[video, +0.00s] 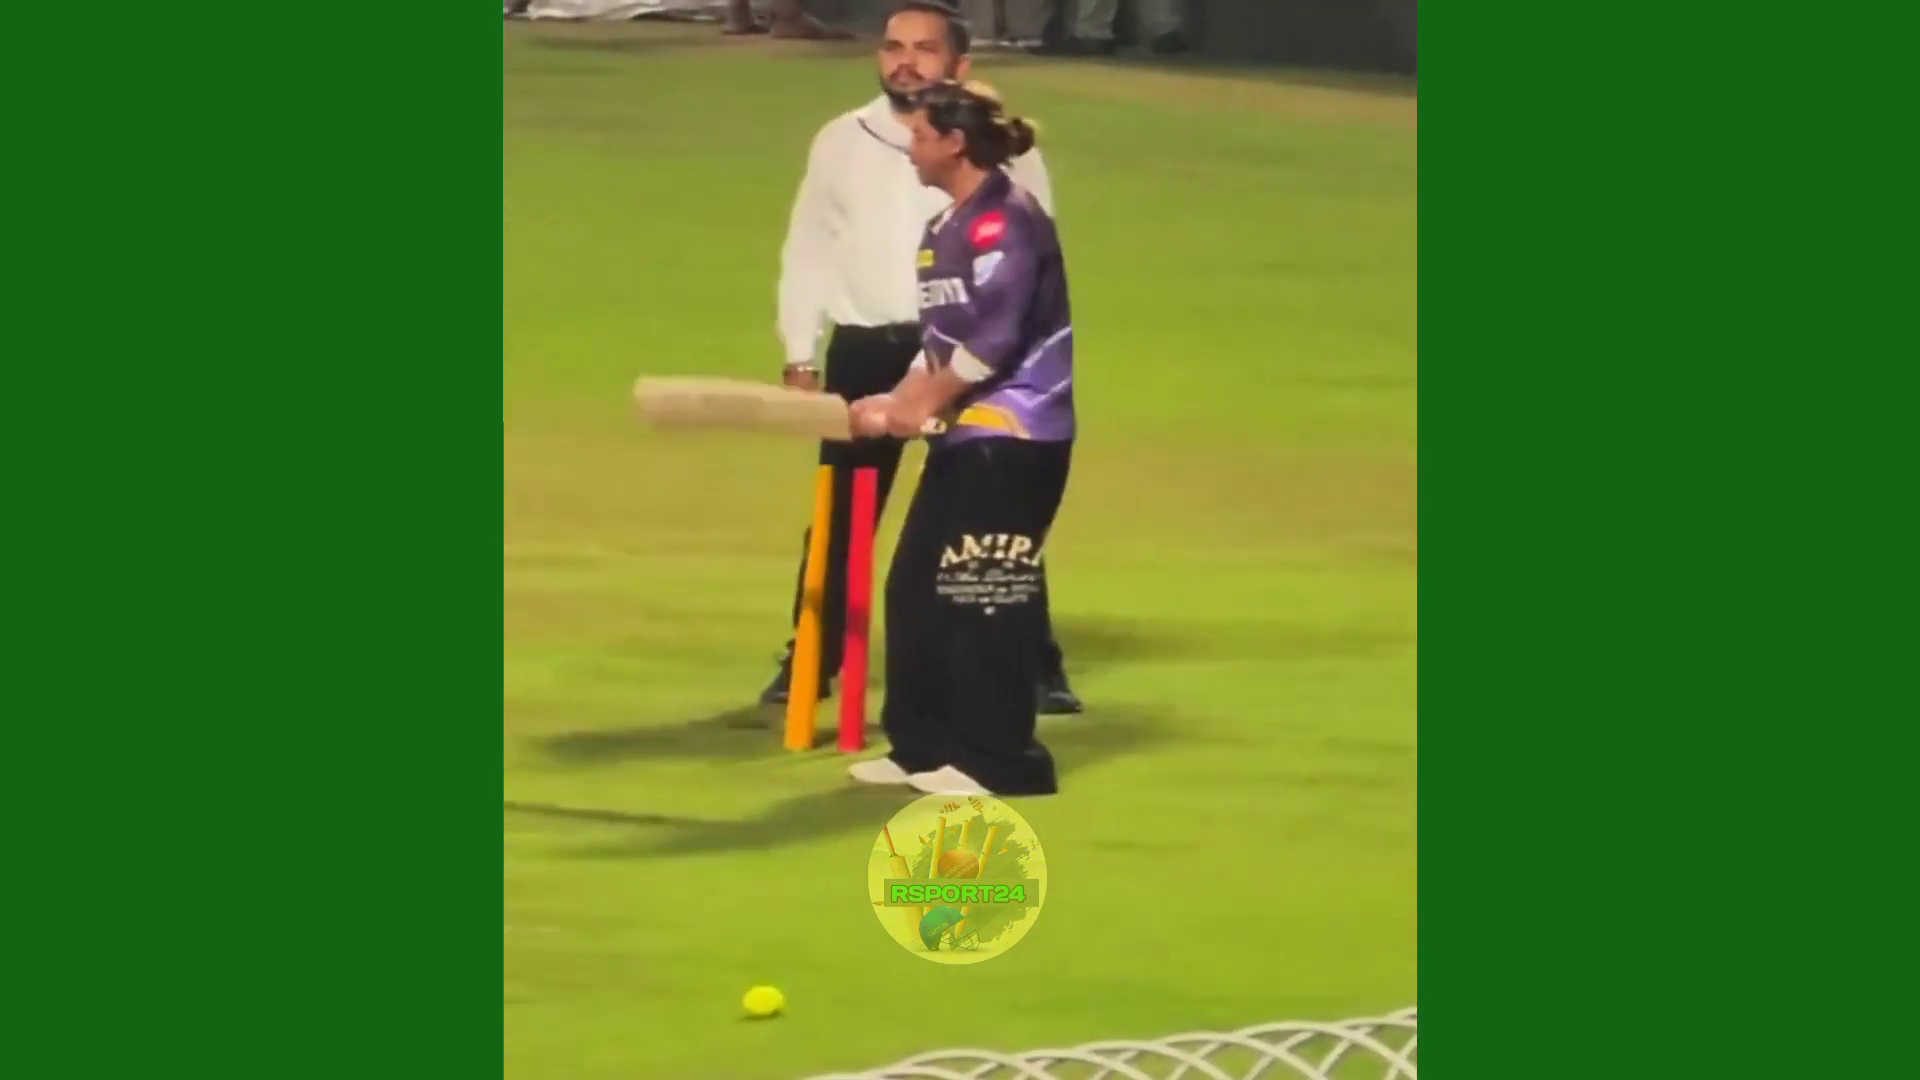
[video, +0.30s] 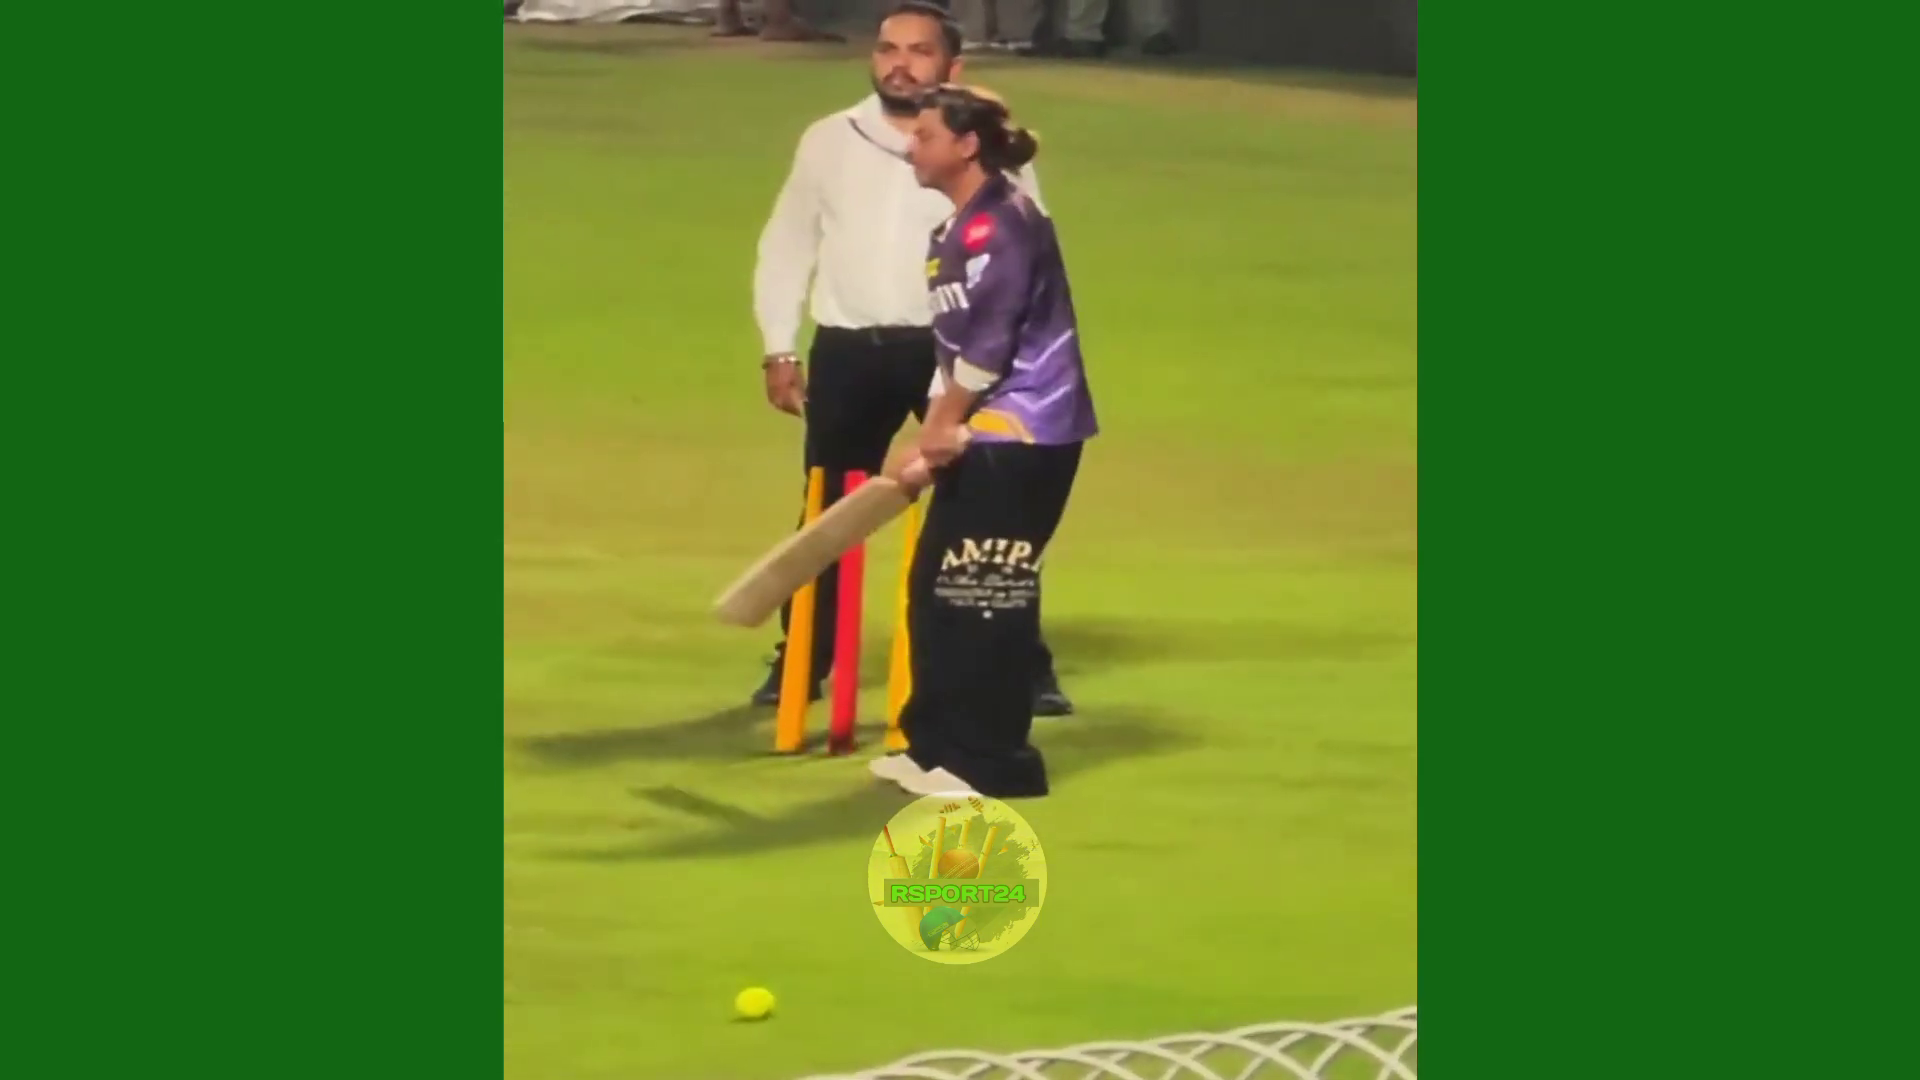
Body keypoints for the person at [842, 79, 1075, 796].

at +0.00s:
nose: (909, 149)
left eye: (919, 136)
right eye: (910, 135)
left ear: (958, 143)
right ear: (952, 144)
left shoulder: (1011, 224)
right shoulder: (941, 233)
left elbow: (994, 345)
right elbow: (942, 345)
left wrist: (917, 406)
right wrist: (899, 403)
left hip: (1015, 441)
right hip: (964, 438)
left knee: (983, 597)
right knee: (914, 587)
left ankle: (992, 762)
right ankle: (923, 748)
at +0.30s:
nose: (909, 147)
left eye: (923, 136)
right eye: (912, 134)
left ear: (967, 145)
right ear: (957, 147)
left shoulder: (1003, 229)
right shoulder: (958, 225)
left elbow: (983, 361)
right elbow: (955, 355)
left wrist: (936, 440)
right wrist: (930, 442)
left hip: (1027, 433)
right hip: (989, 431)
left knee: (979, 594)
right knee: (946, 587)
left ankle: (985, 760)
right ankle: (943, 746)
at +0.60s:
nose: (913, 148)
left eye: (928, 136)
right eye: (913, 136)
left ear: (977, 145)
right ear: (949, 148)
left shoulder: (1008, 224)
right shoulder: (945, 230)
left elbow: (979, 355)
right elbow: (947, 352)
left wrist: (915, 432)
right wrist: (904, 434)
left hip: (1019, 440)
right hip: (976, 439)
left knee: (981, 602)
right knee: (961, 599)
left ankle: (984, 762)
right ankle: (986, 754)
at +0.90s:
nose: (923, 163)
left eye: (938, 150)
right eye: (916, 152)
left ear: (983, 157)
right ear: (911, 160)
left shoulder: (1015, 232)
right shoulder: (933, 242)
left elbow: (1001, 353)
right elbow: (947, 354)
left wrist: (935, 425)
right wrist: (898, 428)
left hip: (1024, 443)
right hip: (972, 442)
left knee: (989, 607)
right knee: (948, 602)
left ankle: (982, 775)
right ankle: (970, 762)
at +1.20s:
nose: (920, 196)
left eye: (936, 182)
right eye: (910, 184)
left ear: (976, 184)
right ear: (903, 190)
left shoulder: (1013, 261)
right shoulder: (923, 276)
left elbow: (1005, 388)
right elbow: (940, 387)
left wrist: (940, 464)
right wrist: (907, 474)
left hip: (1031, 470)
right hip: (973, 472)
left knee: (994, 632)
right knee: (946, 631)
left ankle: (978, 796)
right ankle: (991, 788)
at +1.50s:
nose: (884, 217)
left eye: (899, 204)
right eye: (874, 205)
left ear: (941, 208)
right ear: (867, 213)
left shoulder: (982, 285)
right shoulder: (892, 301)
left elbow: (976, 413)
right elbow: (919, 414)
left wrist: (926, 492)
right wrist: (900, 506)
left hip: (1015, 488)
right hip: (958, 490)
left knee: (982, 647)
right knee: (928, 646)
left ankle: (962, 812)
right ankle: (942, 804)